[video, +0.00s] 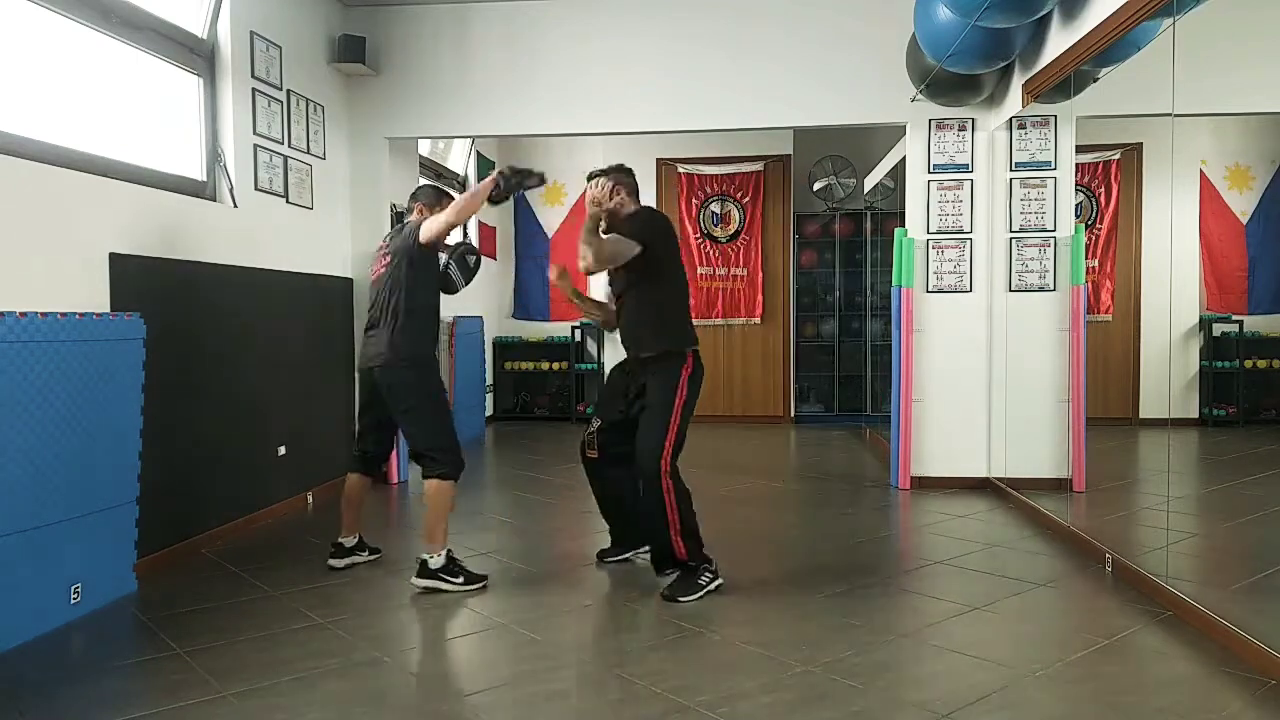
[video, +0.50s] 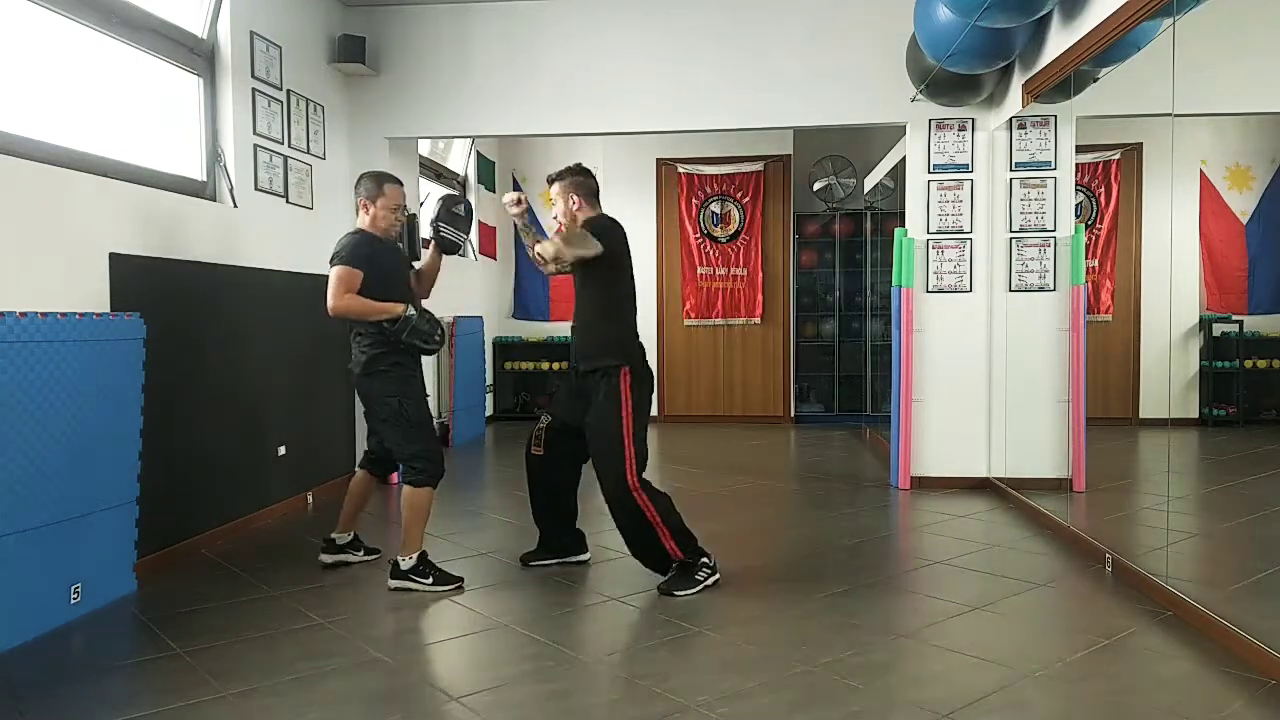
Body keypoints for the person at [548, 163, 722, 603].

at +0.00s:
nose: (592, 208)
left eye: (595, 199)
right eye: (591, 200)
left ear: (615, 192)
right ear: (619, 195)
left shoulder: (650, 222)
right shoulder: (624, 245)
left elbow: (591, 258)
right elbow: (611, 318)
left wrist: (591, 213)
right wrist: (571, 291)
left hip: (674, 363)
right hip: (637, 366)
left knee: (655, 462)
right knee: (599, 450)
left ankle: (696, 565)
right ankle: (630, 537)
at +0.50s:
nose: (553, 212)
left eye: (556, 203)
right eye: (553, 204)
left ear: (575, 200)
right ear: (581, 201)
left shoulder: (605, 229)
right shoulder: (584, 240)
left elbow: (558, 252)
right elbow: (546, 258)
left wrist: (553, 239)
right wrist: (523, 219)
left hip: (619, 373)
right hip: (587, 375)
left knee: (623, 482)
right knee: (545, 454)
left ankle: (693, 562)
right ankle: (562, 544)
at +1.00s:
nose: (520, 214)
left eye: (522, 204)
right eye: (517, 207)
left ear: (543, 194)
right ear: (544, 199)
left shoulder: (565, 227)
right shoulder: (546, 239)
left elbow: (496, 227)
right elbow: (486, 256)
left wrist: (465, 178)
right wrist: (467, 196)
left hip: (506, 346)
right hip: (514, 352)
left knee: (404, 347)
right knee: (504, 447)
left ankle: (446, 427)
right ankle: (551, 540)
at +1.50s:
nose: (348, 217)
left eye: (351, 209)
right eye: (348, 209)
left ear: (367, 213)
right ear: (390, 208)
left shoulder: (400, 263)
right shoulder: (408, 253)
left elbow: (338, 302)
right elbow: (358, 292)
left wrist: (338, 240)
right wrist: (339, 242)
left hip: (412, 384)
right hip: (446, 378)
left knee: (346, 467)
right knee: (467, 467)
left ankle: (313, 569)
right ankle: (534, 545)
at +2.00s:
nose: (343, 204)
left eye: (342, 195)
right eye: (340, 196)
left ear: (358, 190)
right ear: (382, 186)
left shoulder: (374, 244)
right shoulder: (419, 222)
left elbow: (305, 283)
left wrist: (305, 228)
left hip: (391, 374)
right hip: (434, 368)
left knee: (331, 467)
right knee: (421, 463)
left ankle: (308, 568)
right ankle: (478, 540)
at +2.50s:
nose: (496, 173)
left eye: (497, 165)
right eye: (496, 165)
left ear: (512, 161)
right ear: (540, 160)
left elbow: (483, 288)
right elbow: (582, 284)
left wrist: (474, 267)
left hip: (535, 346)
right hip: (575, 344)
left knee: (535, 454)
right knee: (531, 447)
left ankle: (582, 559)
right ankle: (524, 546)